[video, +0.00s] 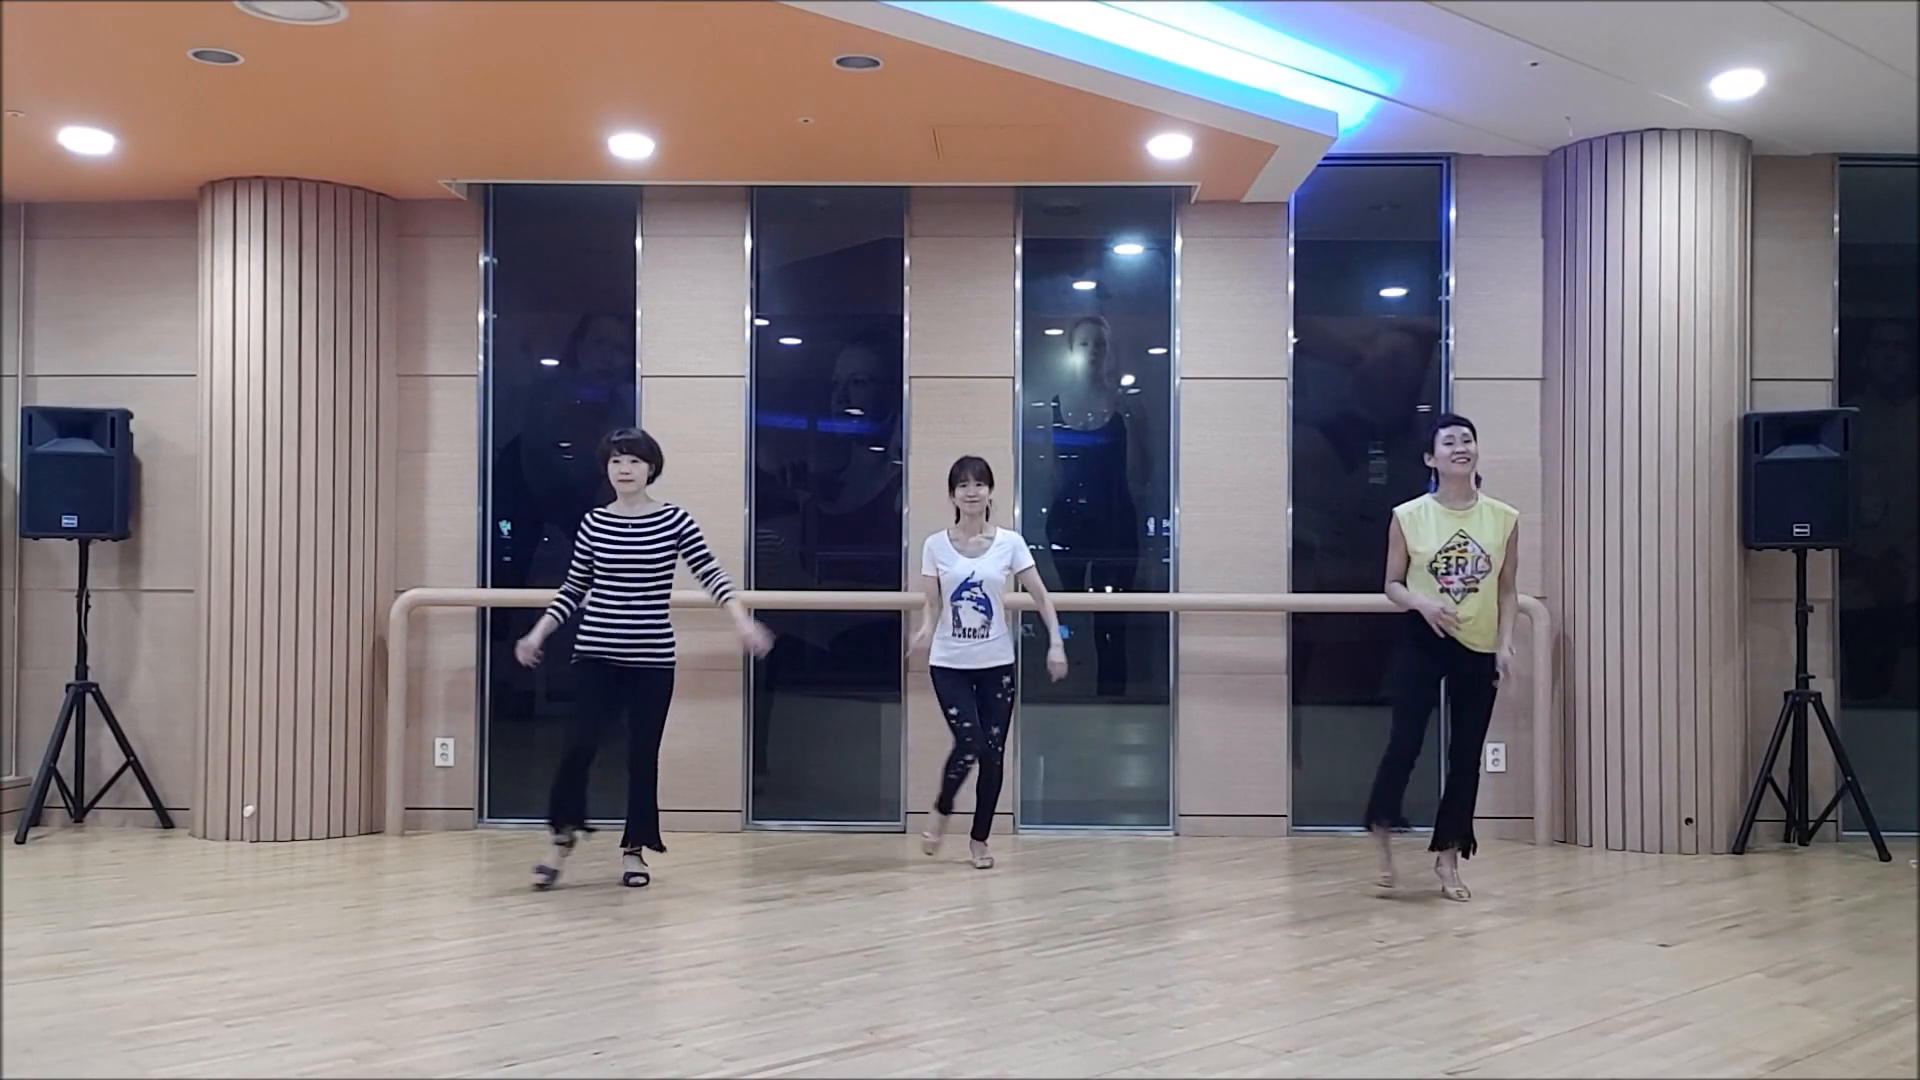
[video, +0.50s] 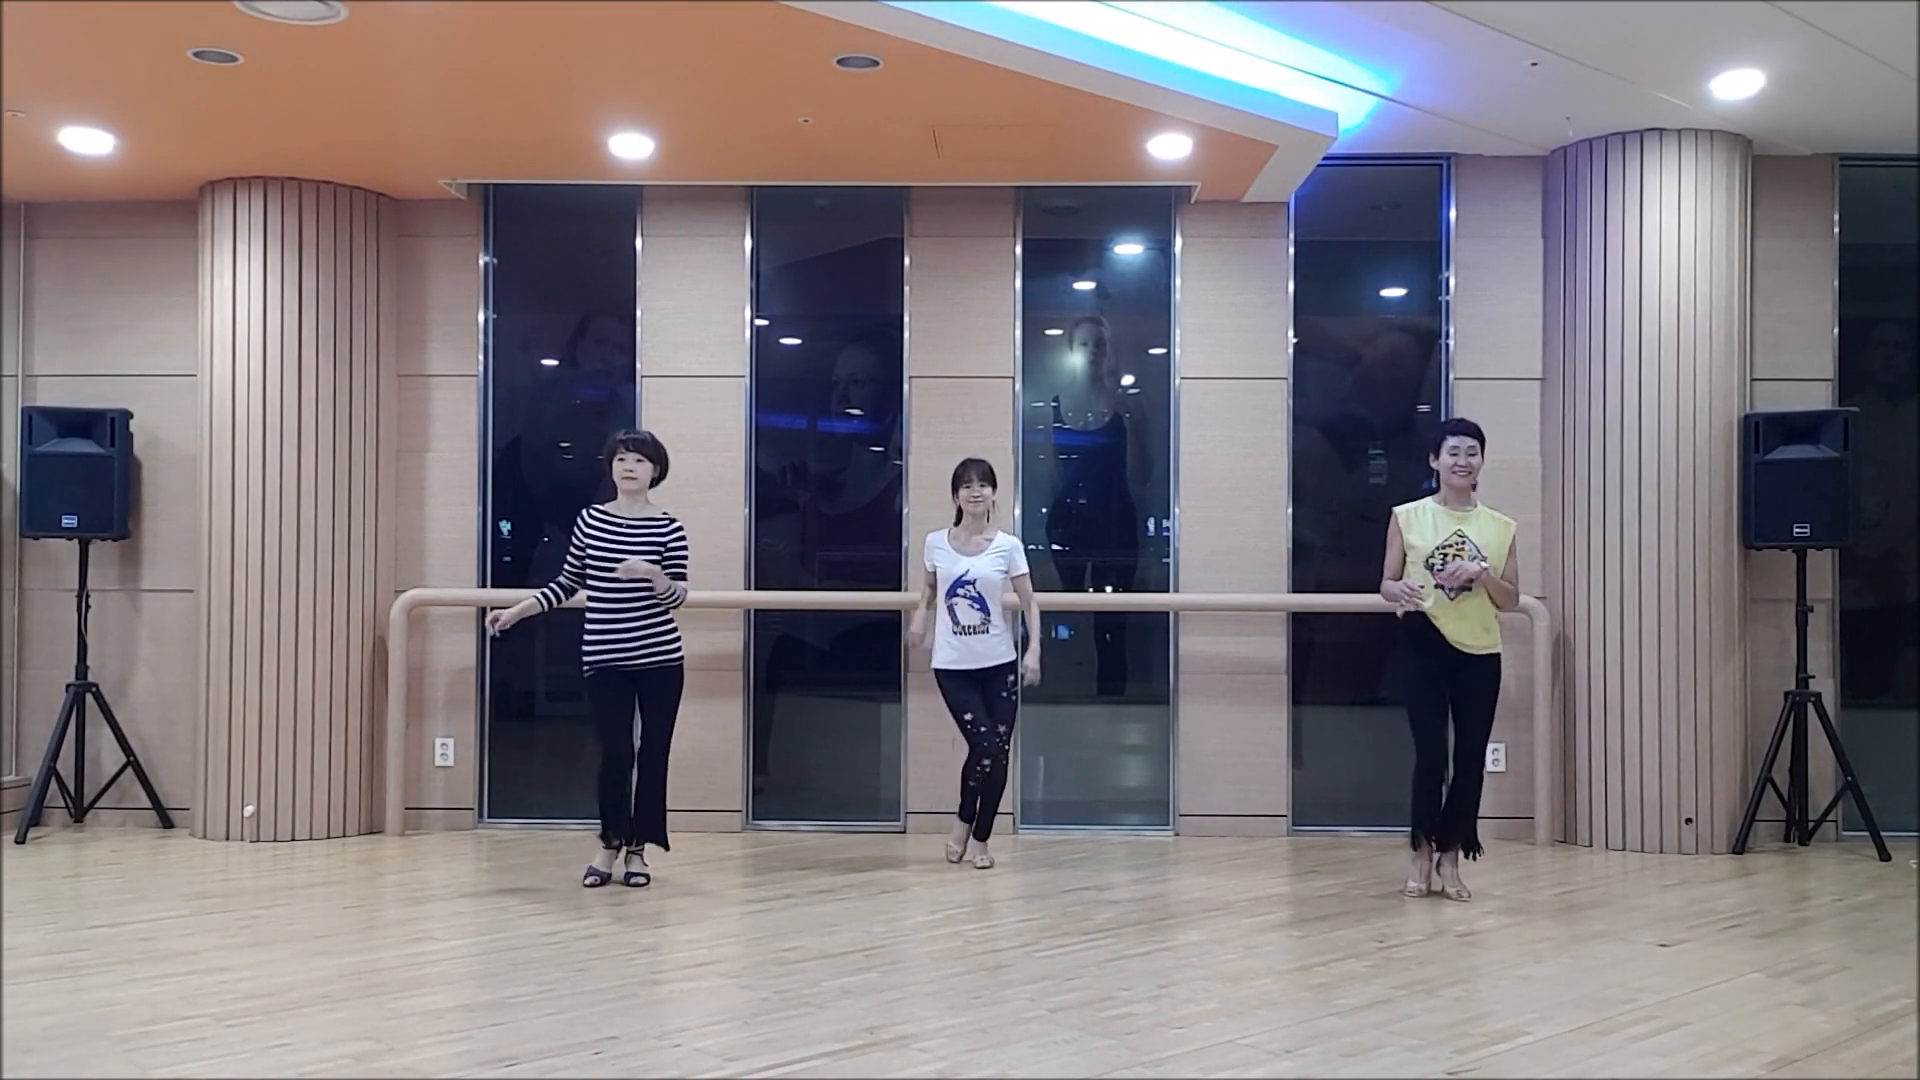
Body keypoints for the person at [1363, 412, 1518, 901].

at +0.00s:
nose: (1461, 447)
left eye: (1466, 441)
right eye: (1450, 442)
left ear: (1478, 454)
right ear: (1432, 458)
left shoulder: (1503, 518)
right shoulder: (1409, 516)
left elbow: (1507, 589)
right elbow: (1392, 585)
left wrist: (1503, 645)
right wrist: (1423, 603)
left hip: (1478, 649)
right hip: (1423, 642)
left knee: (1466, 756)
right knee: (1406, 744)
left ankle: (1448, 856)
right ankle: (1381, 833)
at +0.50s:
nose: (1463, 461)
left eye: (1472, 453)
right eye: (1454, 453)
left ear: (1483, 462)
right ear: (1436, 461)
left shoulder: (1500, 527)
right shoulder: (1407, 516)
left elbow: (1510, 600)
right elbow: (1387, 585)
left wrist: (1482, 574)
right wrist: (1395, 588)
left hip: (1479, 651)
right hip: (1423, 644)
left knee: (1470, 758)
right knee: (1432, 755)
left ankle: (1450, 858)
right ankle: (1421, 855)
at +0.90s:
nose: (1469, 454)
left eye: (1477, 447)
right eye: (1459, 447)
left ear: (1487, 457)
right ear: (1440, 457)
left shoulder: (1505, 517)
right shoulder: (1415, 515)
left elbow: (1517, 574)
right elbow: (1394, 578)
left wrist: (1515, 611)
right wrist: (1372, 598)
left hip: (1481, 643)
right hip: (1427, 638)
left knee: (1472, 758)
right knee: (1404, 749)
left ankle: (1447, 853)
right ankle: (1363, 850)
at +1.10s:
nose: (1481, 456)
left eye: (1488, 450)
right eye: (1471, 450)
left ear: (1498, 462)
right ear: (1450, 461)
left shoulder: (1518, 525)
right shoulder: (1423, 519)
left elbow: (1537, 598)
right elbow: (1394, 588)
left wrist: (1556, 657)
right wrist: (1372, 584)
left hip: (1494, 648)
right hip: (1439, 642)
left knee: (1477, 759)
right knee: (1437, 753)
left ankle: (1449, 853)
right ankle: (1396, 830)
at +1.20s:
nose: (1489, 455)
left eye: (1495, 449)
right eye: (1479, 448)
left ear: (1504, 461)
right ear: (1458, 460)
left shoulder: (1524, 524)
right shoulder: (1431, 517)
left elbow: (1539, 592)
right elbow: (1403, 580)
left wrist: (1561, 652)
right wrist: (1389, 588)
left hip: (1500, 645)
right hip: (1446, 639)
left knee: (1481, 750)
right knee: (1457, 745)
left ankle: (1450, 848)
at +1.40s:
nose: (1501, 459)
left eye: (1508, 453)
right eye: (1490, 453)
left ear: (1517, 464)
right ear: (1470, 465)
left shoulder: (1535, 525)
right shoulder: (1445, 525)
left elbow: (1541, 586)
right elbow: (1427, 594)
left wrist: (1568, 627)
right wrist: (1457, 603)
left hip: (1517, 649)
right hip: (1462, 648)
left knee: (1506, 749)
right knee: (1475, 748)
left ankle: (1514, 850)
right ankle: (1489, 846)